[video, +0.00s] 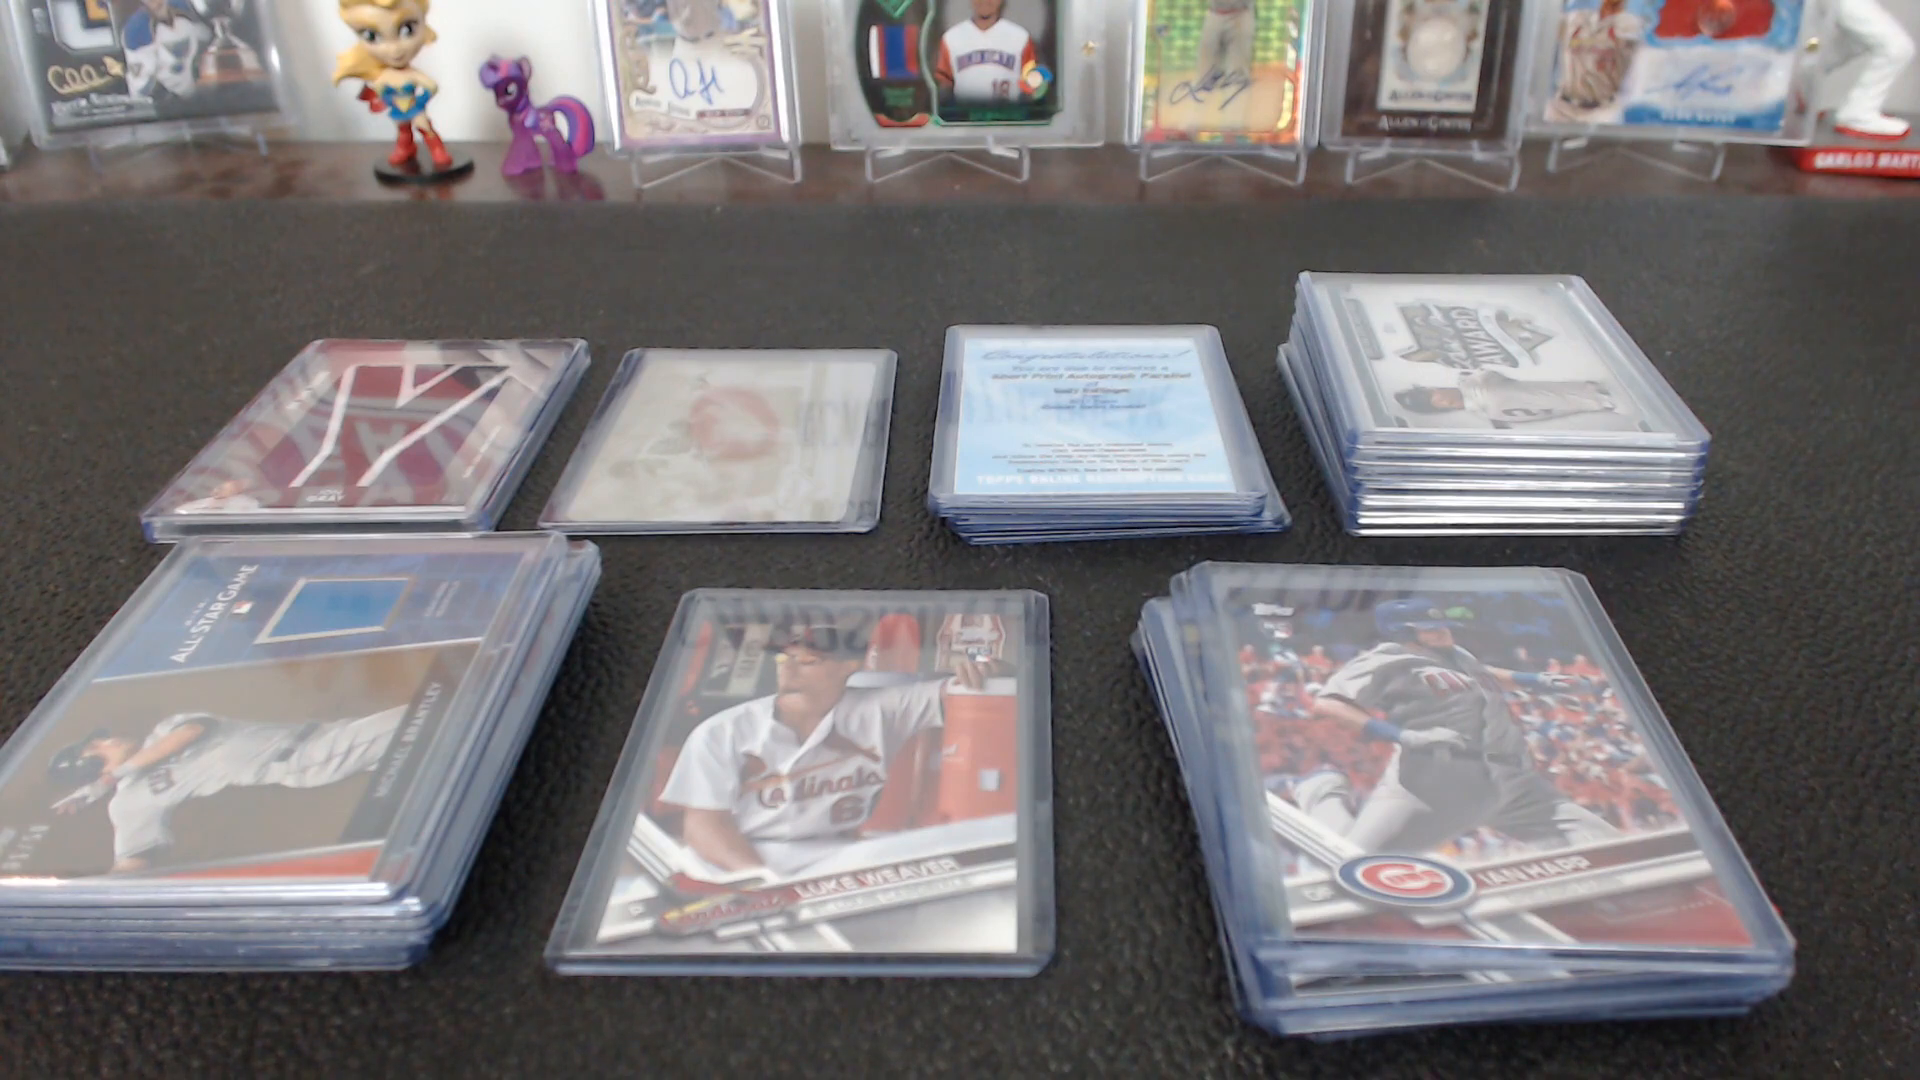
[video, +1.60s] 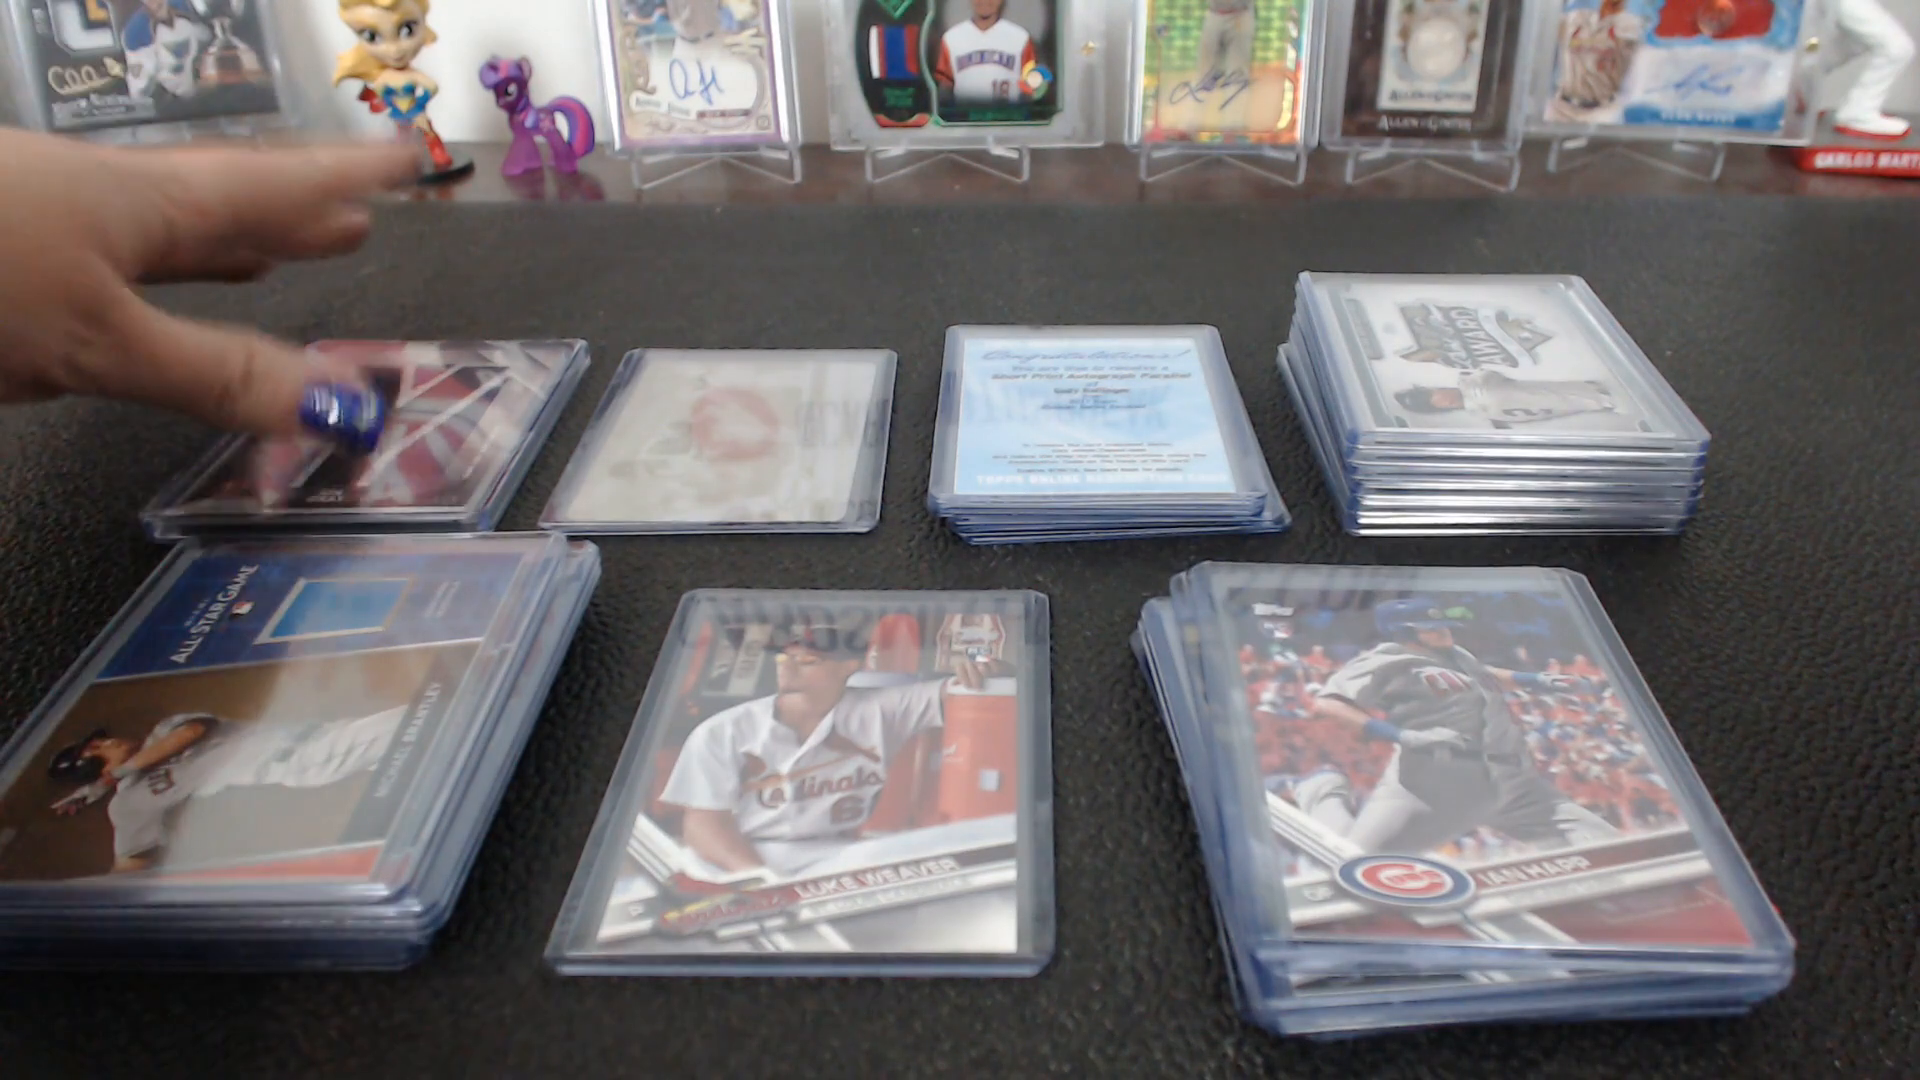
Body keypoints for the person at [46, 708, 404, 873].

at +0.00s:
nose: (113, 740)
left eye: (103, 739)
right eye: (103, 746)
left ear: (109, 741)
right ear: (101, 769)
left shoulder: (161, 729)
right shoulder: (131, 798)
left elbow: (192, 732)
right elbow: (130, 869)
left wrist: (116, 775)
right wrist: (88, 901)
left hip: (311, 732)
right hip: (299, 760)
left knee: (416, 721)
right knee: (414, 717)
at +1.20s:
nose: (109, 751)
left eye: (98, 747)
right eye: (99, 760)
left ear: (108, 736)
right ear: (100, 776)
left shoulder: (160, 727)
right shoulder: (131, 801)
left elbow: (191, 733)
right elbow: (128, 872)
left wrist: (117, 775)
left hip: (305, 735)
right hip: (291, 768)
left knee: (412, 719)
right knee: (408, 721)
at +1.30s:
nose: (104, 771)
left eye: (98, 758)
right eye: (94, 774)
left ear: (112, 741)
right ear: (96, 786)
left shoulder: (161, 731)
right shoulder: (130, 802)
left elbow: (193, 732)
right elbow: (130, 871)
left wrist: (124, 770)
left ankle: (418, 715)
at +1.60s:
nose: (115, 741)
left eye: (106, 739)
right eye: (104, 744)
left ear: (109, 742)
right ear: (100, 764)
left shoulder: (163, 727)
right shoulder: (129, 802)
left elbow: (196, 731)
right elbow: (129, 872)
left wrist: (115, 777)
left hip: (294, 736)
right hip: (277, 774)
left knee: (407, 721)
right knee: (399, 726)